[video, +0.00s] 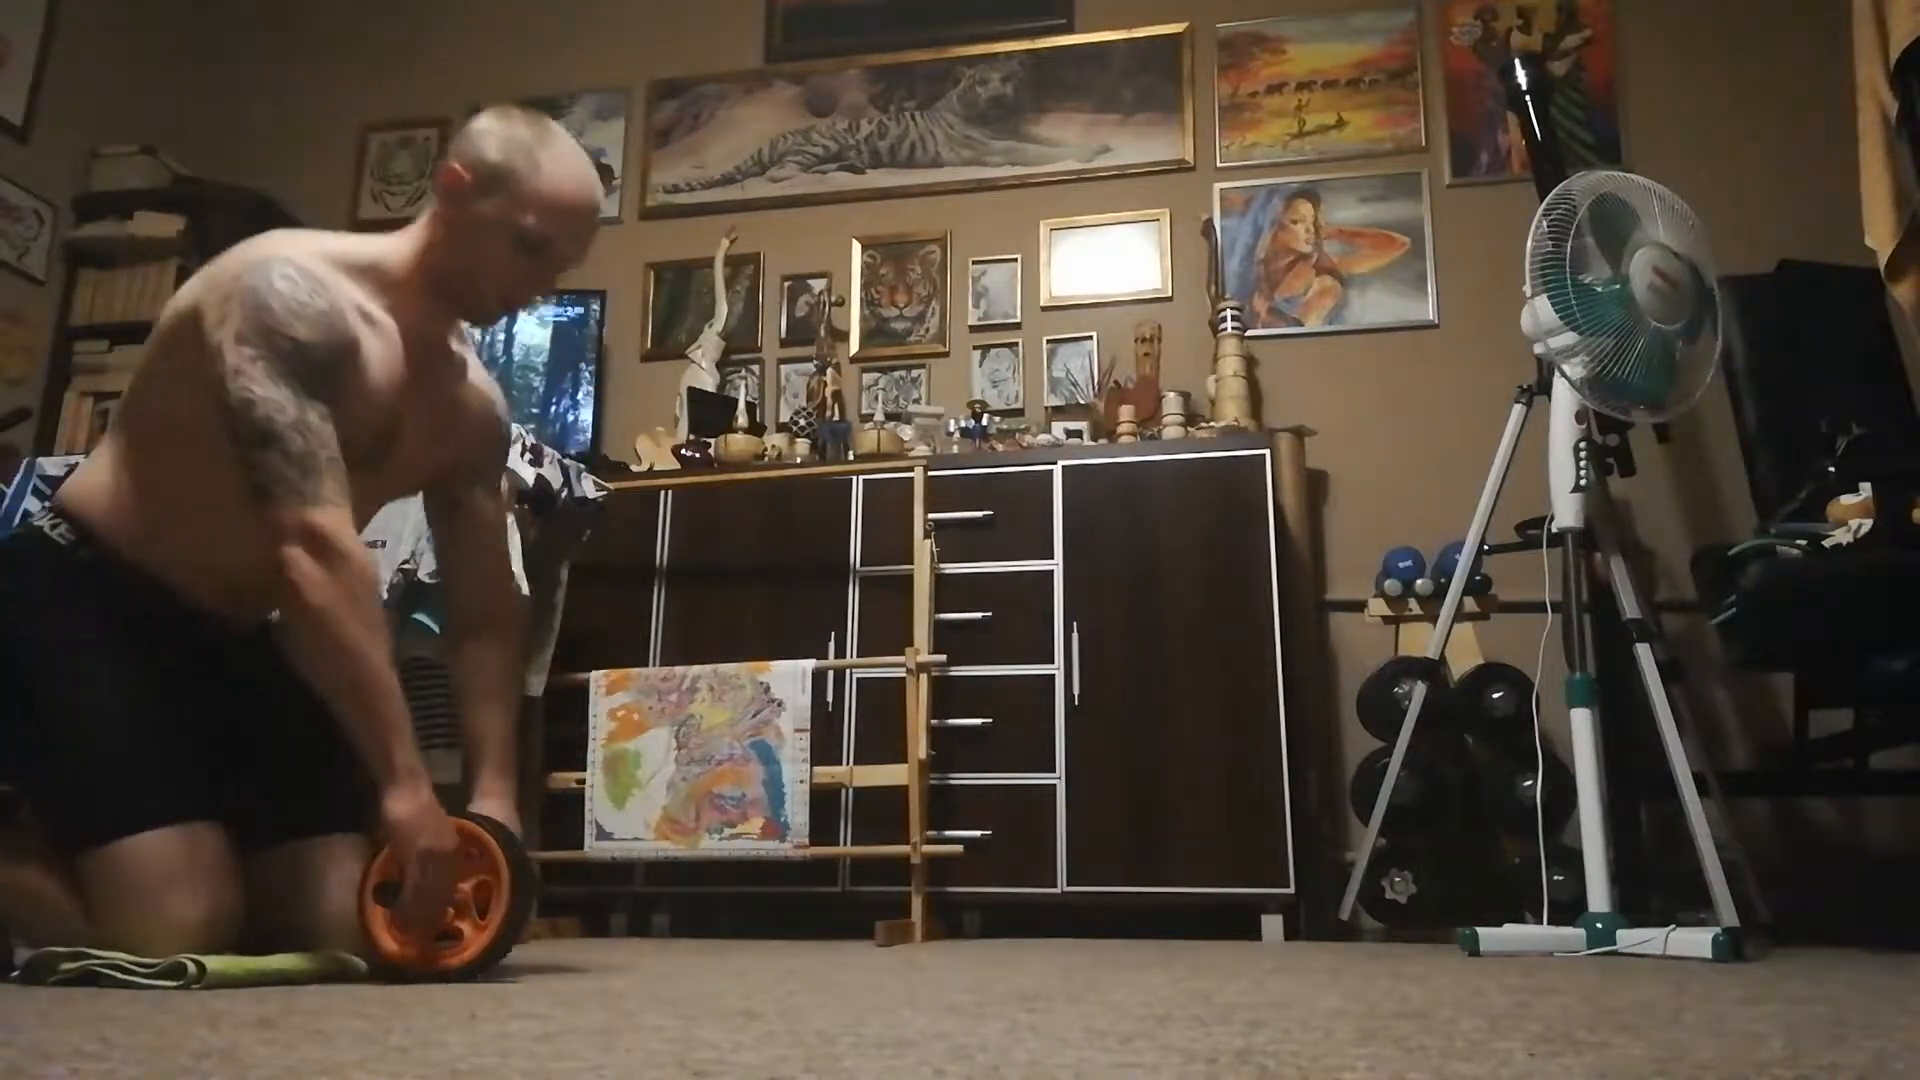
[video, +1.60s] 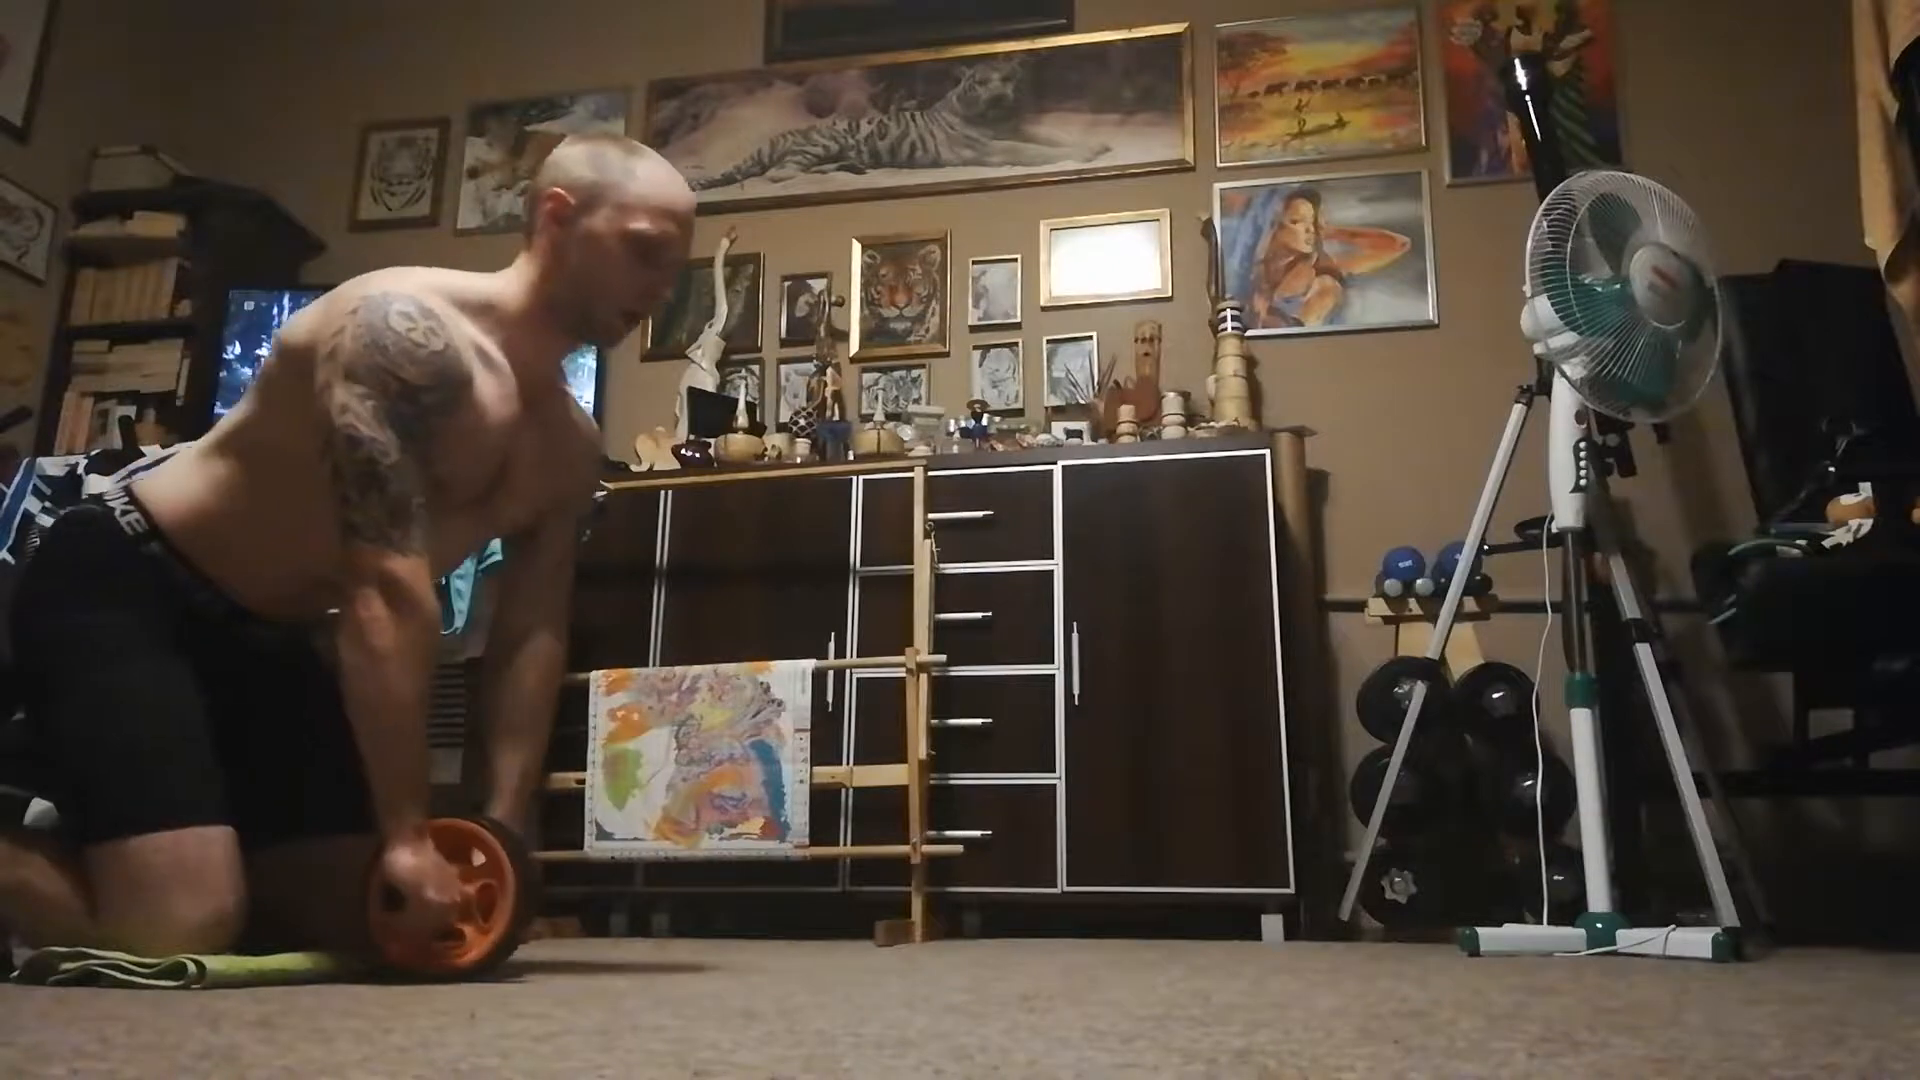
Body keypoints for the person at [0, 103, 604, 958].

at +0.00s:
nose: (543, 282)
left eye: (562, 265)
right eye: (531, 246)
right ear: (453, 191)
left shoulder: (473, 412)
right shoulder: (283, 292)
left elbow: (487, 618)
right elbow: (314, 556)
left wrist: (493, 791)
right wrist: (405, 786)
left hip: (245, 635)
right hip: (88, 593)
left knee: (335, 930)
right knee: (180, 931)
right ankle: (5, 847)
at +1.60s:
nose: (662, 288)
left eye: (676, 266)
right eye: (647, 252)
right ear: (558, 218)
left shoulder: (570, 448)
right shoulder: (404, 331)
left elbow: (528, 642)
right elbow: (380, 599)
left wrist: (505, 841)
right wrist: (407, 839)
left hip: (275, 637)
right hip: (124, 578)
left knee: (348, 921)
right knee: (181, 932)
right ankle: (13, 850)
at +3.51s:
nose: (718, 374)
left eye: (736, 353)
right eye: (711, 339)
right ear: (636, 279)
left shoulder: (589, 468)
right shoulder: (448, 339)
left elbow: (542, 656)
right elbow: (390, 604)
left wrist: (497, 858)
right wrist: (400, 845)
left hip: (294, 632)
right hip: (154, 569)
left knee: (354, 913)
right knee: (172, 922)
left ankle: (140, 894)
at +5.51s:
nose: (719, 343)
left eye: (734, 319)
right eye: (708, 305)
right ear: (623, 255)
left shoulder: (609, 461)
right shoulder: (456, 339)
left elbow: (548, 664)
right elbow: (392, 605)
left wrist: (499, 867)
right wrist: (397, 851)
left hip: (291, 640)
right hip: (145, 573)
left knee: (354, 913)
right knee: (179, 922)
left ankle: (64, 862)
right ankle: (11, 863)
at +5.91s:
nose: (722, 345)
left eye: (735, 322)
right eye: (710, 308)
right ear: (623, 256)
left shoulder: (604, 462)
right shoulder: (450, 342)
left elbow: (545, 666)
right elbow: (388, 605)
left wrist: (495, 860)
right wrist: (398, 849)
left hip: (292, 637)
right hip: (145, 575)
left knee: (354, 910)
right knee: (180, 922)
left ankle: (83, 869)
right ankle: (10, 865)